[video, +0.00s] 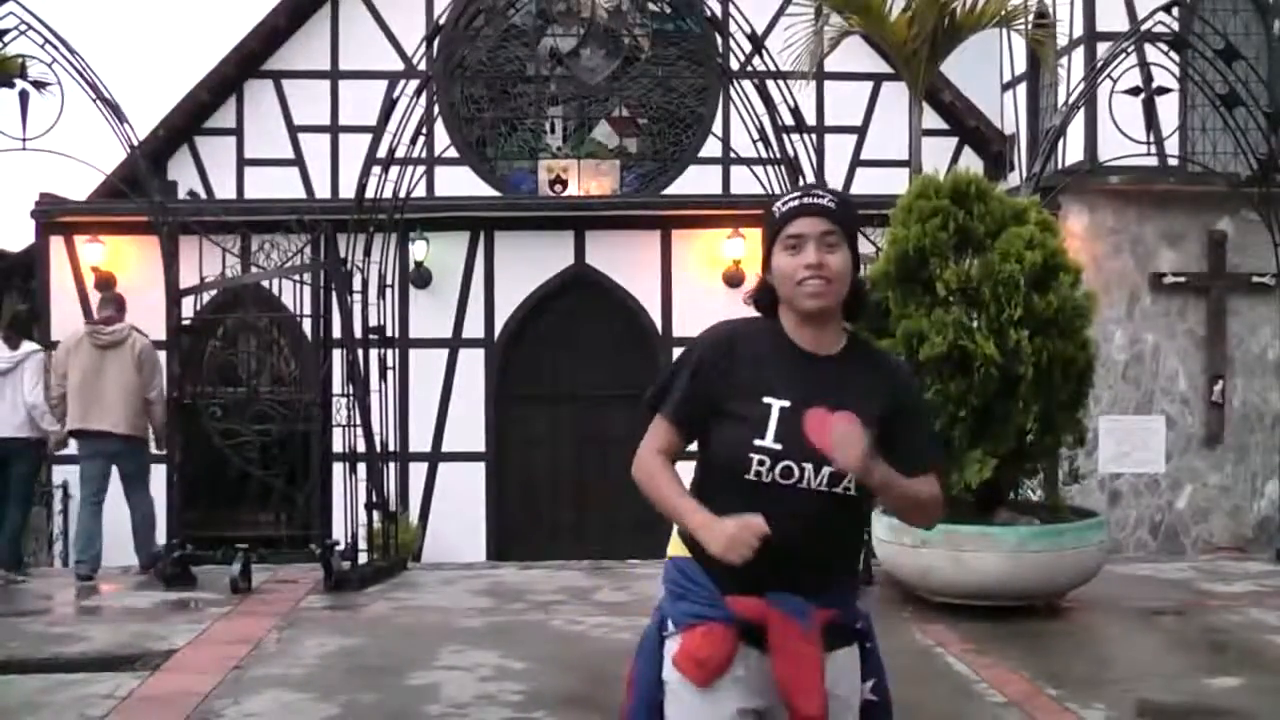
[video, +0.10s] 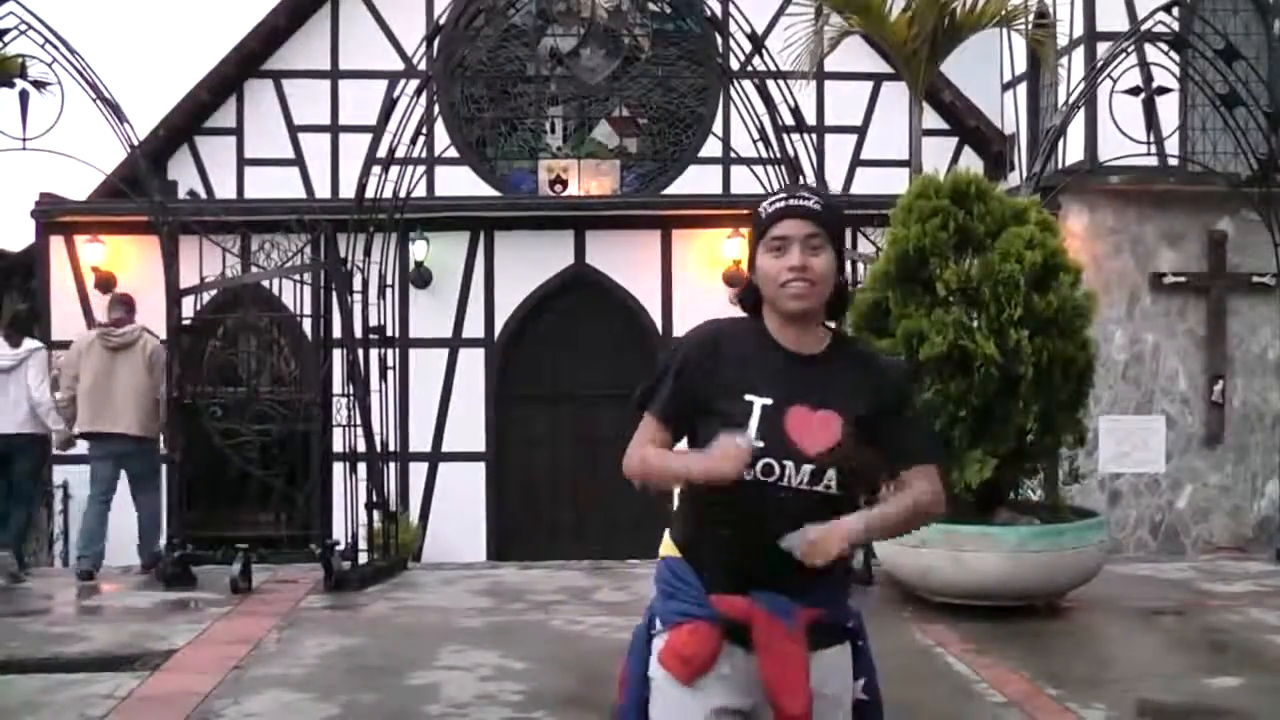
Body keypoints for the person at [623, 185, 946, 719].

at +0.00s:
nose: (814, 261)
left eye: (830, 245)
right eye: (794, 247)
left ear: (853, 264)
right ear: (769, 269)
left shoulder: (886, 379)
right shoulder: (723, 350)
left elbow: (929, 508)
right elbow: (648, 459)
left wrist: (873, 470)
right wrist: (708, 527)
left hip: (826, 610)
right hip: (711, 605)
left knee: (856, 707)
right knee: (694, 707)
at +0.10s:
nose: (796, 263)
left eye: (814, 247)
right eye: (778, 248)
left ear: (838, 267)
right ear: (753, 268)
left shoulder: (874, 377)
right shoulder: (708, 350)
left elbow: (928, 493)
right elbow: (638, 459)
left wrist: (846, 530)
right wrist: (702, 464)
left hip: (813, 608)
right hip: (700, 604)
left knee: (830, 708)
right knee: (682, 707)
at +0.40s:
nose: (725, 262)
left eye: (742, 247)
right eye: (707, 248)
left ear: (764, 266)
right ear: (682, 271)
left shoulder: (803, 363)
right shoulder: (640, 357)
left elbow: (868, 475)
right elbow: (585, 470)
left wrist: (795, 435)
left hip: (768, 608)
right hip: (653, 608)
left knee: (794, 708)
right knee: (632, 708)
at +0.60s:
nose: (661, 271)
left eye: (678, 254)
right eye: (643, 257)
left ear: (703, 266)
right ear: (620, 272)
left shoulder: (753, 361)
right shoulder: (595, 362)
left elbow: (804, 477)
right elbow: (543, 476)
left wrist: (714, 500)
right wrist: (579, 473)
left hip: (731, 608)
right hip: (618, 608)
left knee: (749, 709)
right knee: (592, 708)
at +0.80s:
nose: (634, 265)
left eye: (650, 248)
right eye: (617, 251)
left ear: (677, 262)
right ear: (598, 268)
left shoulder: (731, 353)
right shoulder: (575, 361)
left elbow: (790, 459)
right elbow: (533, 476)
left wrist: (688, 452)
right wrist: (569, 467)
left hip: (714, 595)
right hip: (606, 598)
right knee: (592, 709)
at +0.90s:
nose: (625, 261)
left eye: (642, 246)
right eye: (608, 249)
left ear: (671, 261)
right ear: (589, 269)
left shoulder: (720, 349)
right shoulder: (572, 362)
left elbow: (774, 461)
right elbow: (539, 469)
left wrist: (673, 428)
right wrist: (551, 513)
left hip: (704, 597)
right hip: (602, 598)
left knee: (698, 710)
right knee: (595, 710)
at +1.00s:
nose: (621, 263)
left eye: (638, 247)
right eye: (605, 250)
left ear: (667, 261)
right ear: (587, 269)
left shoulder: (715, 351)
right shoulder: (571, 363)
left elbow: (766, 467)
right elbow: (539, 468)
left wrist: (655, 448)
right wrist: (539, 510)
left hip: (703, 594)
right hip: (603, 595)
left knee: (688, 711)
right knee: (596, 711)